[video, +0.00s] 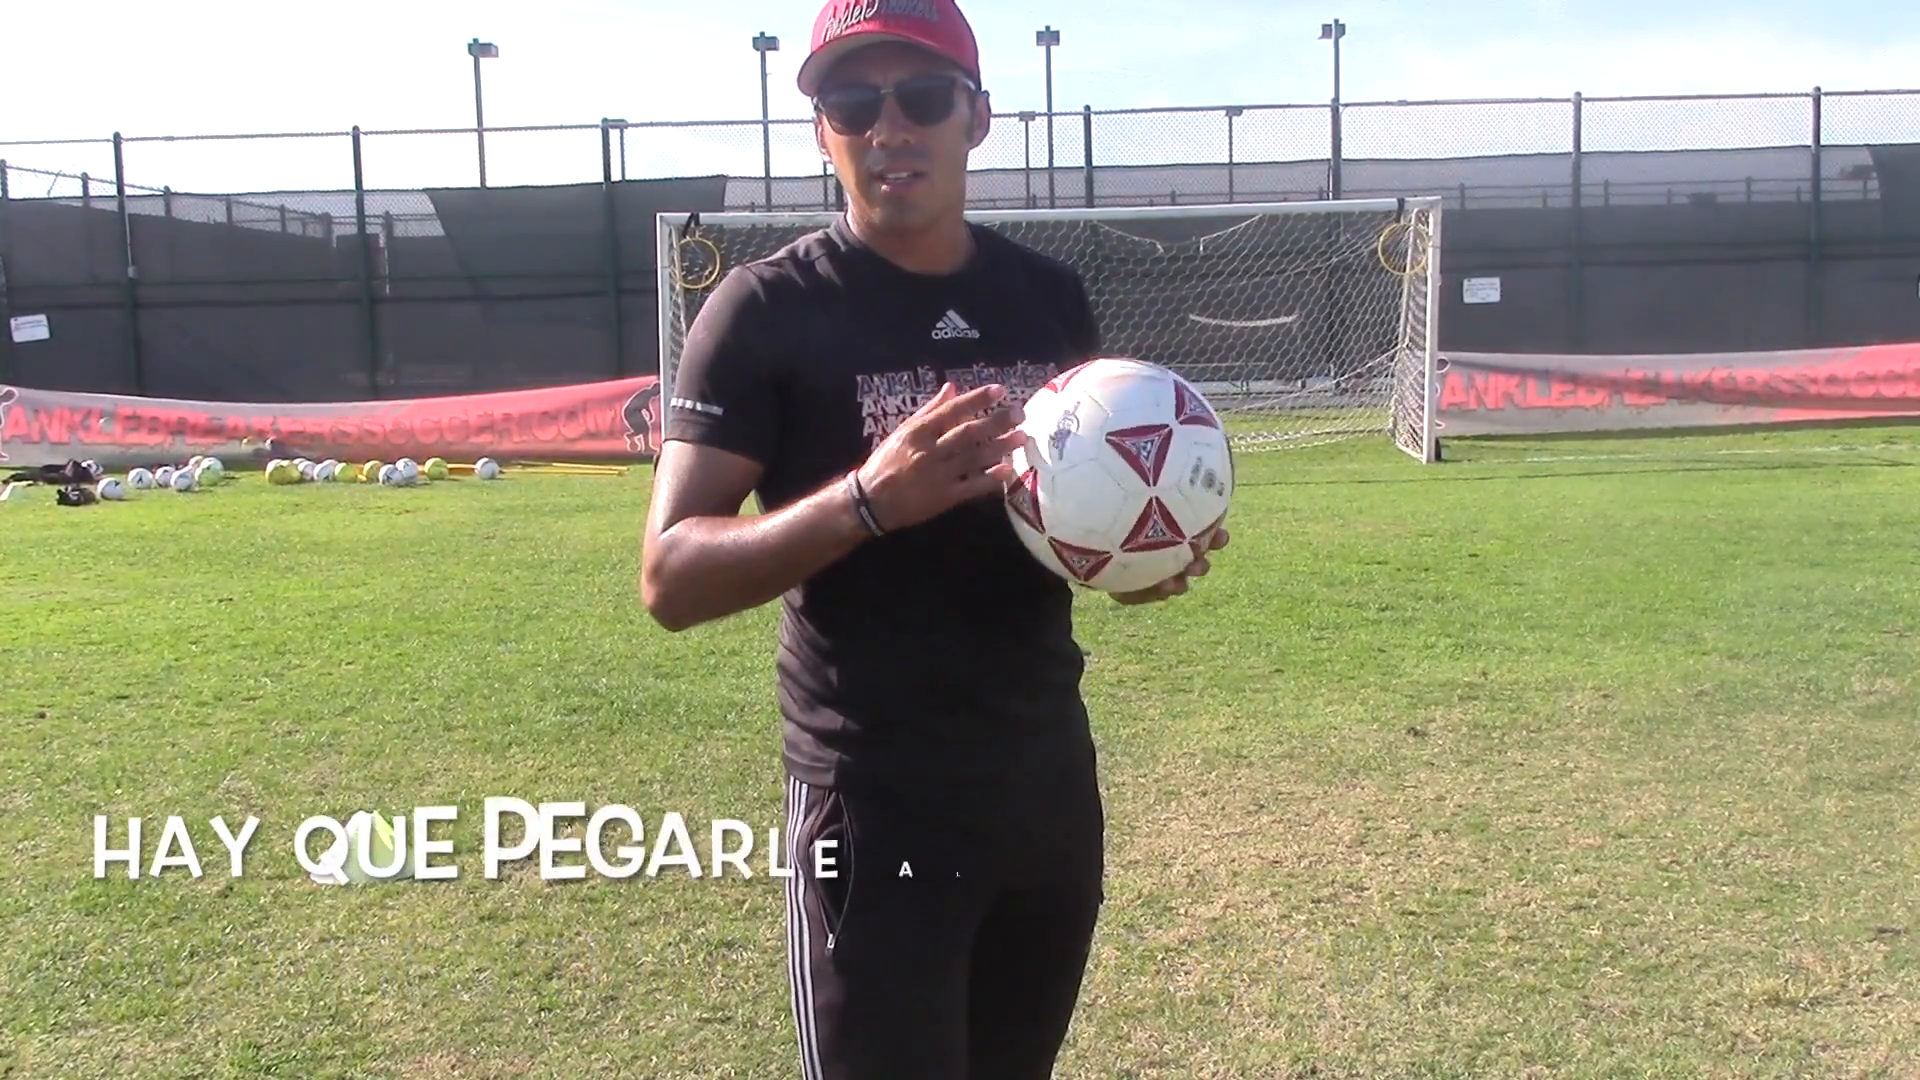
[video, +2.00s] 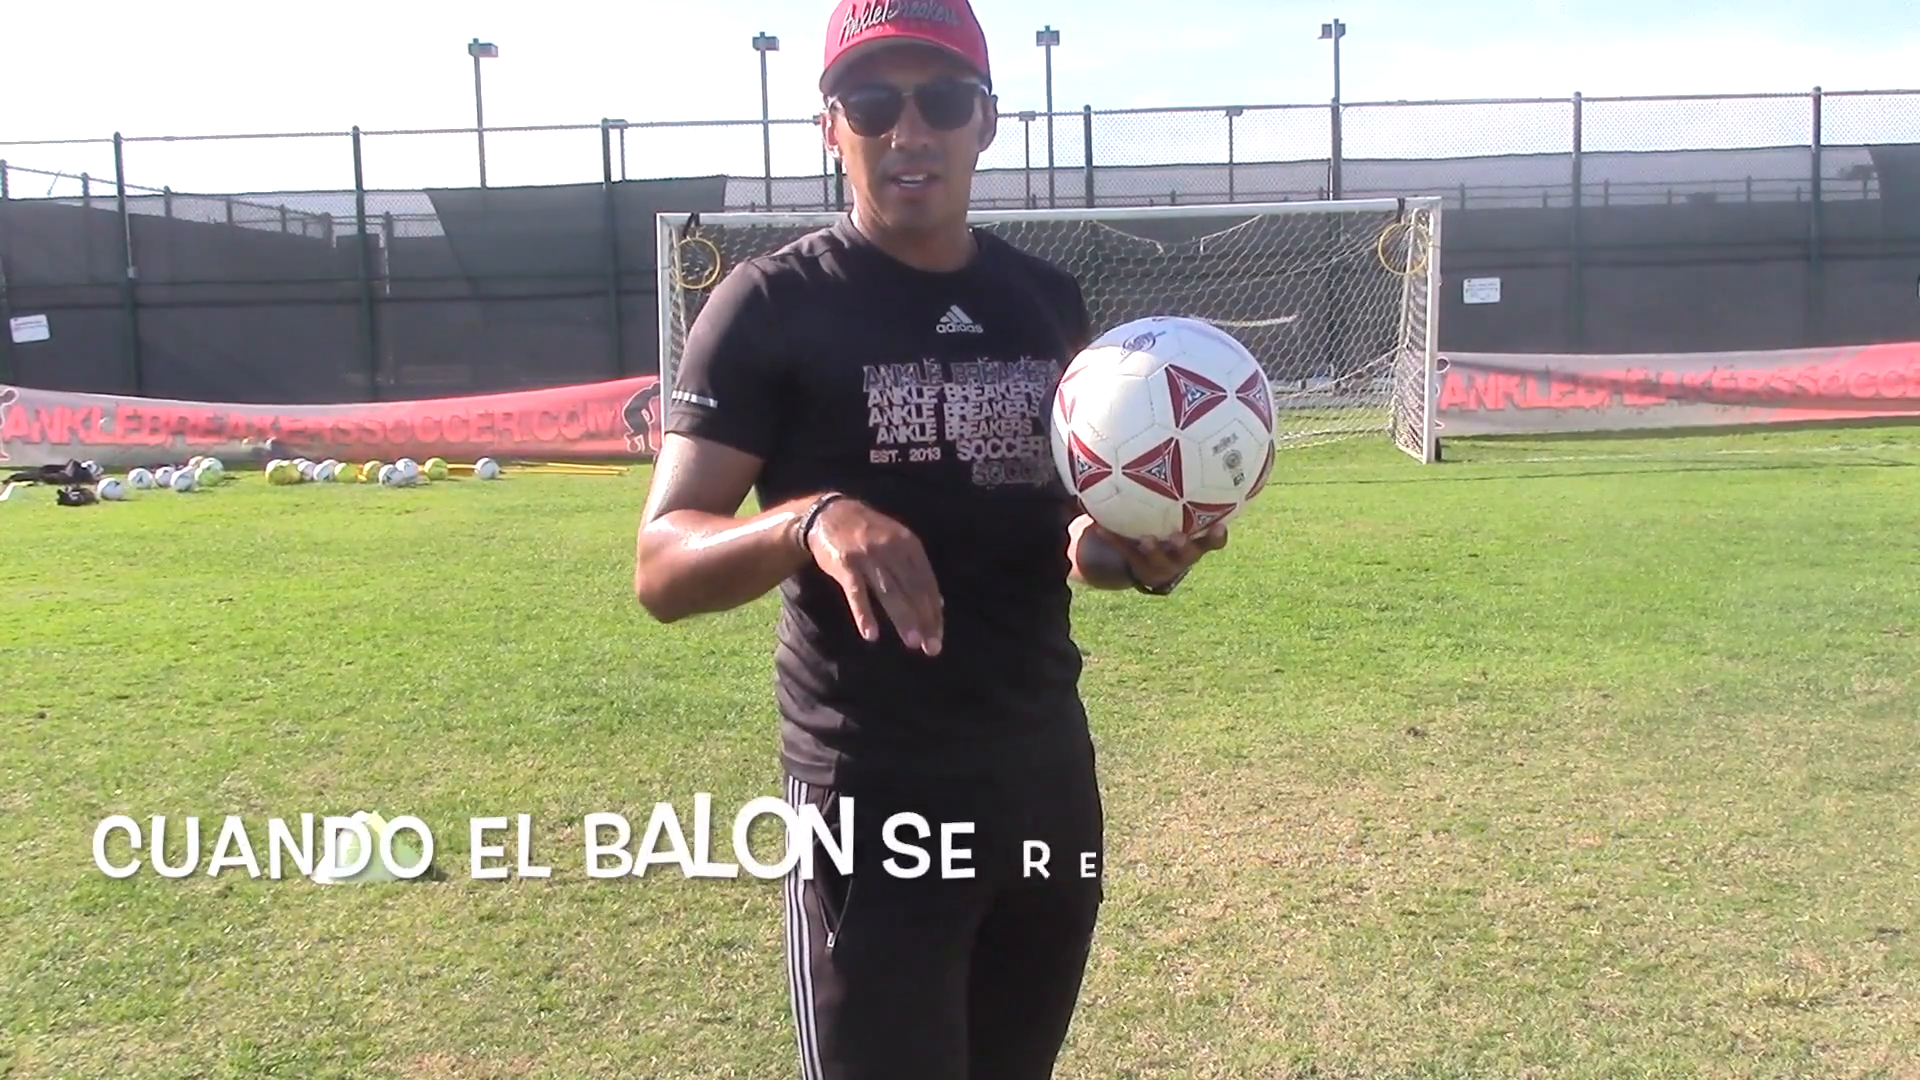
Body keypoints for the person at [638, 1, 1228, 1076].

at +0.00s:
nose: (890, 131)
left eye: (922, 100)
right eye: (857, 105)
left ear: (976, 117)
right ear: (822, 133)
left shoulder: (1047, 297)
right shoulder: (762, 310)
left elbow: (1089, 499)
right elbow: (672, 581)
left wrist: (1162, 537)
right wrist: (870, 499)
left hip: (1045, 779)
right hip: (869, 793)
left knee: (1014, 1064)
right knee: (883, 1062)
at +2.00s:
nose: (911, 134)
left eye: (944, 102)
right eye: (876, 104)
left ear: (986, 124)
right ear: (830, 131)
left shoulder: (1046, 300)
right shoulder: (765, 305)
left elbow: (1080, 539)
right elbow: (661, 571)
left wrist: (1142, 556)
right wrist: (802, 526)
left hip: (1042, 764)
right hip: (868, 775)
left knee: (1017, 1063)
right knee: (881, 1060)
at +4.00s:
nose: (909, 139)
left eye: (941, 104)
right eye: (874, 109)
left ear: (990, 118)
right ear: (836, 135)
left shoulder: (1053, 300)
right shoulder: (774, 309)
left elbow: (1093, 499)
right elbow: (678, 574)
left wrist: (1161, 482)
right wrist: (897, 567)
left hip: (1053, 771)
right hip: (876, 783)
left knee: (1023, 1063)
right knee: (890, 1062)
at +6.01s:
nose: (904, 116)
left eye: (940, 86)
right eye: (871, 92)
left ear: (1001, 117)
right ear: (841, 124)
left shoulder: (1070, 295)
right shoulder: (771, 309)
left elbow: (1120, 501)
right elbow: (667, 572)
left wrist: (1146, 525)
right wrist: (858, 547)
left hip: (1050, 775)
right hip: (870, 789)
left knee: (1024, 1062)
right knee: (894, 1061)